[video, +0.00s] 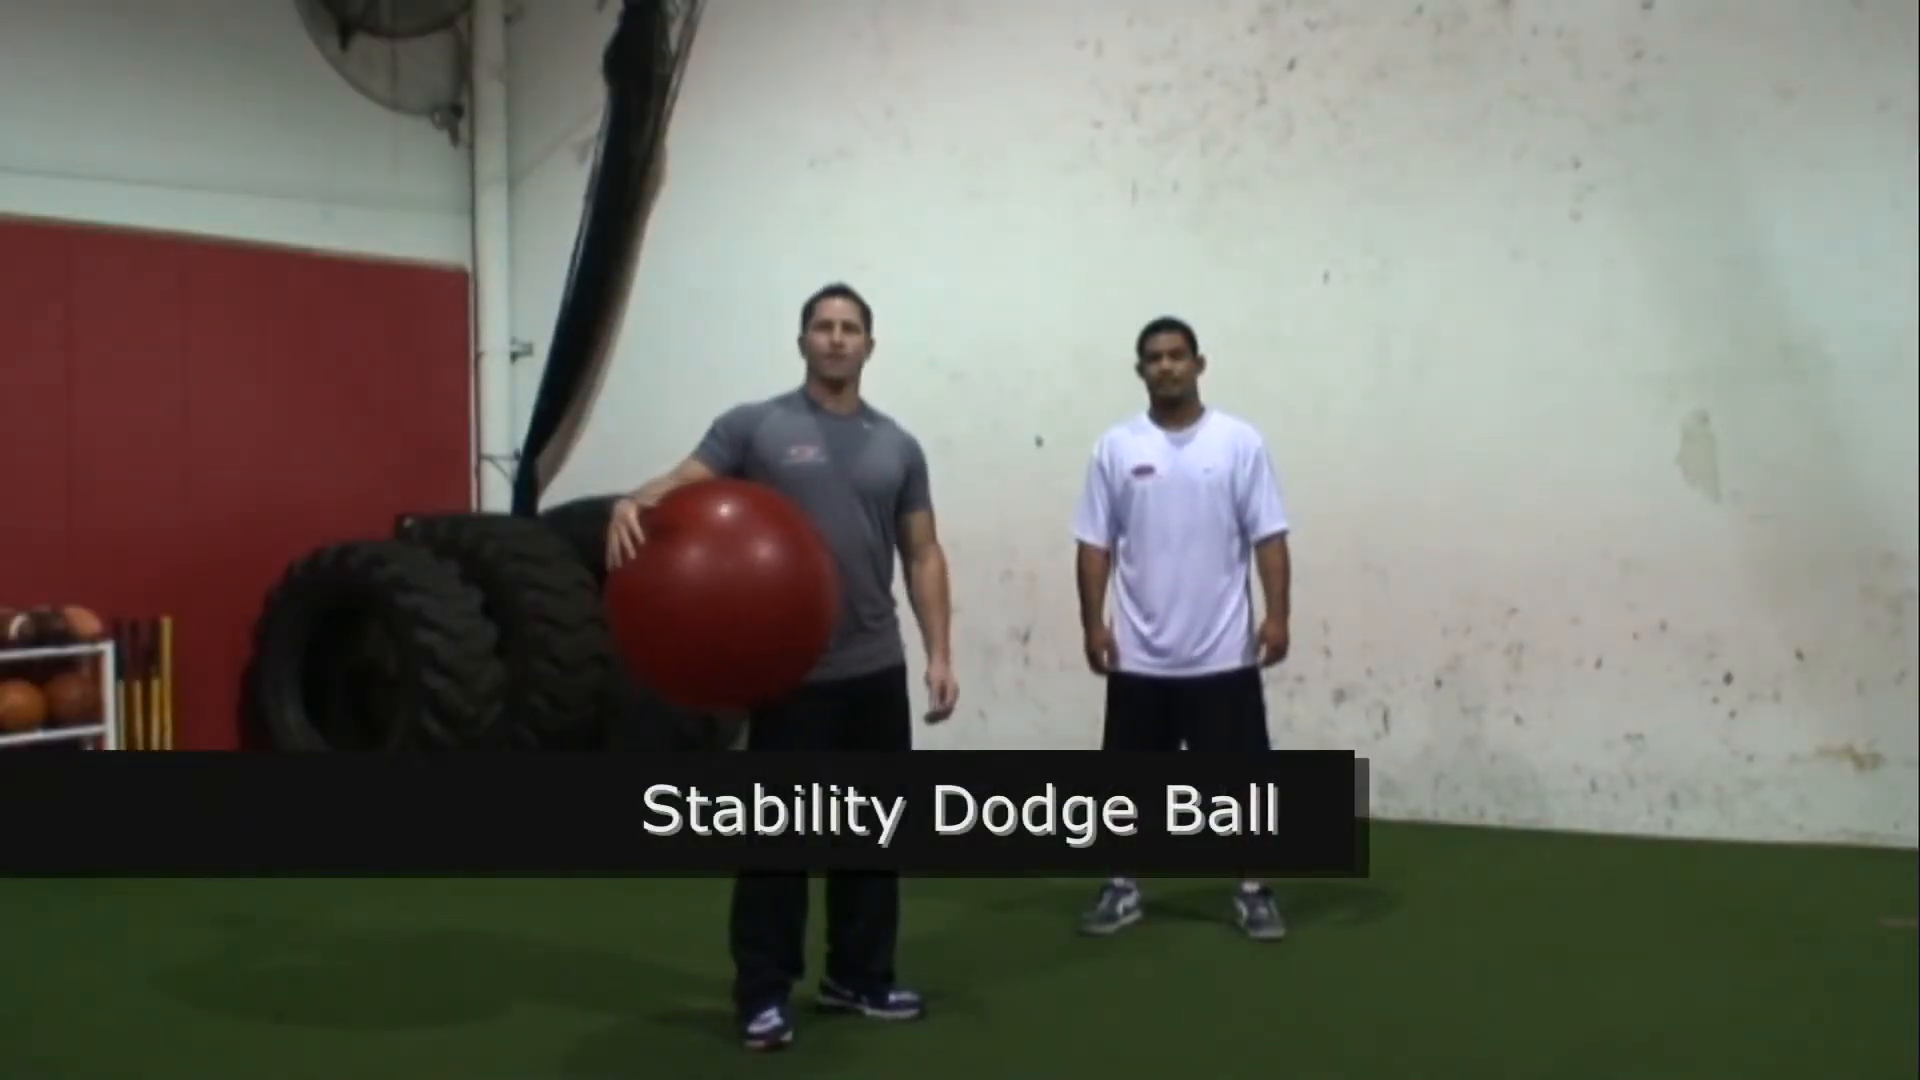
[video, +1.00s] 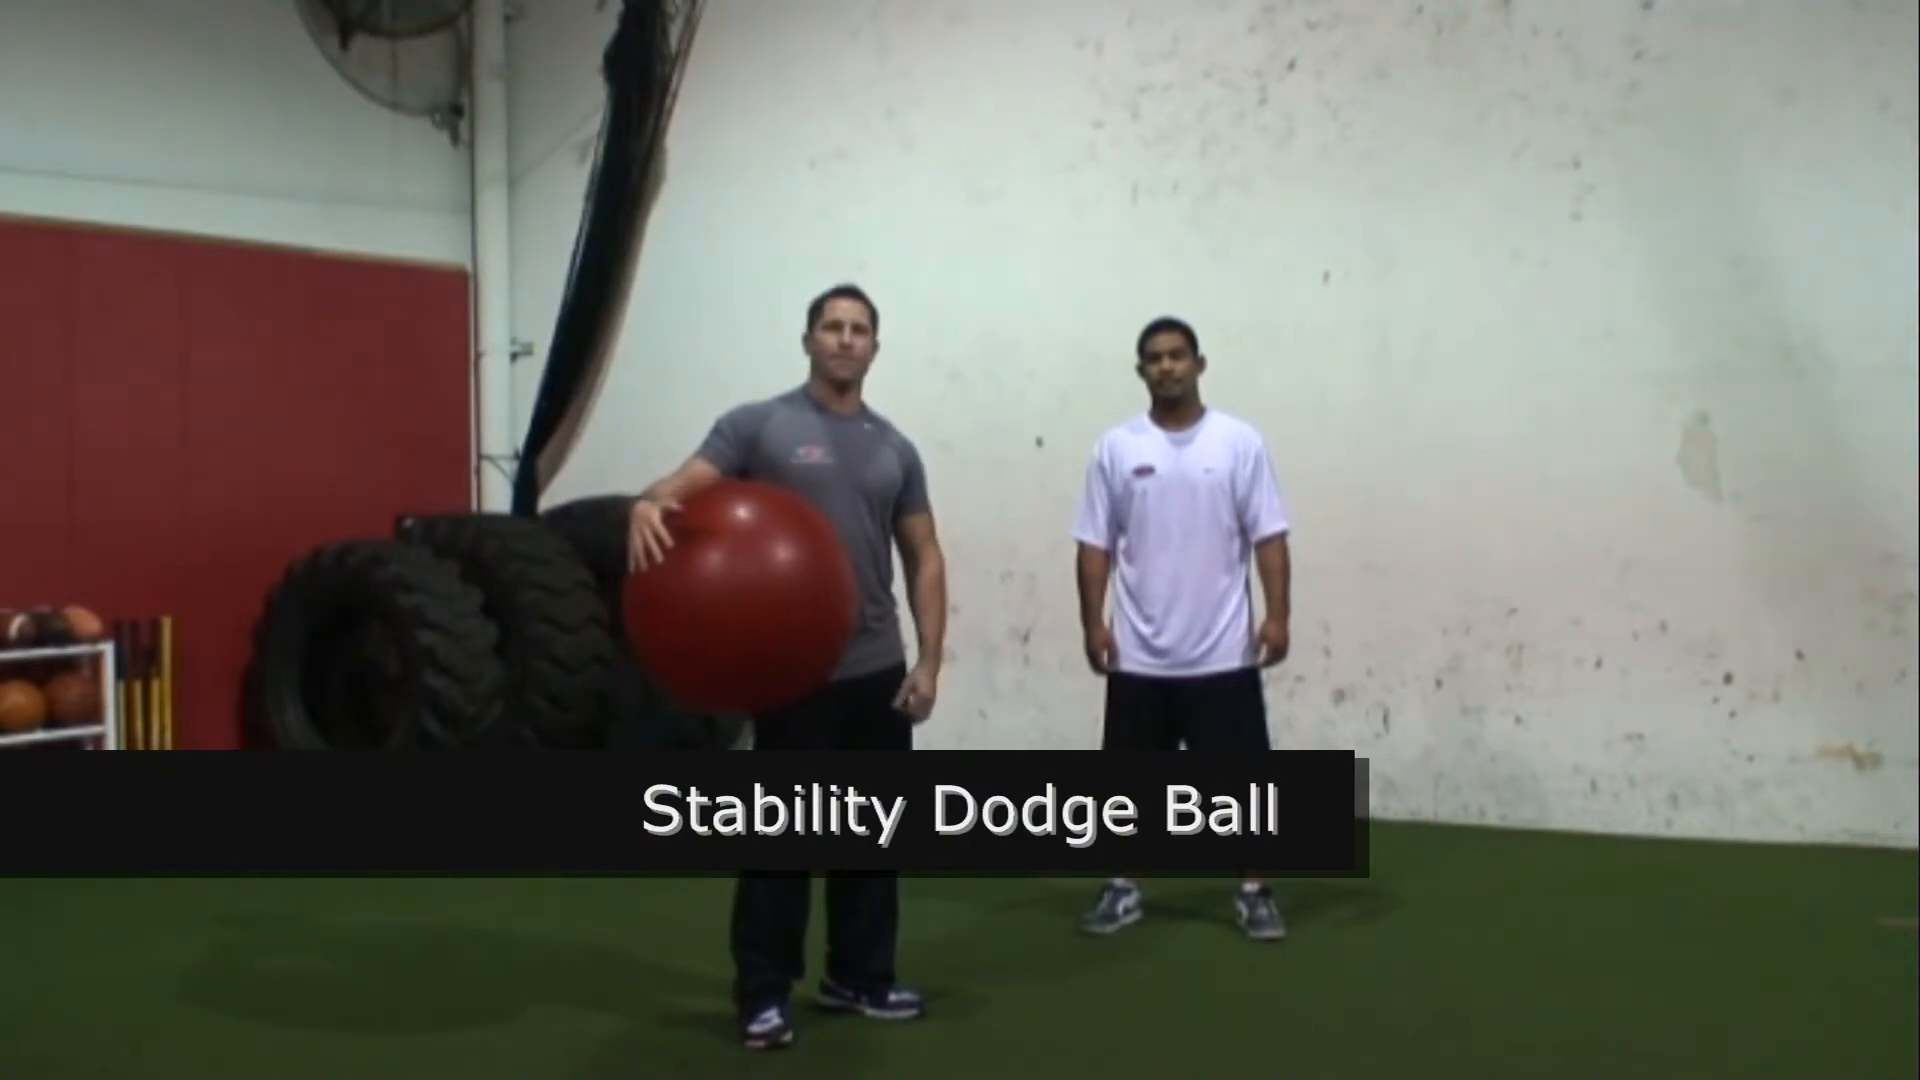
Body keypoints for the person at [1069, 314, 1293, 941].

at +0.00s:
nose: (1166, 366)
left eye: (1177, 356)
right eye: (1154, 358)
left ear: (1199, 364)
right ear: (1140, 371)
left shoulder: (1240, 442)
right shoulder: (1117, 447)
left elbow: (1269, 534)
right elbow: (1094, 540)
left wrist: (1277, 614)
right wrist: (1093, 622)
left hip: (1222, 647)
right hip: (1141, 648)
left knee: (1241, 777)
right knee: (1125, 778)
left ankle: (1252, 886)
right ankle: (1123, 883)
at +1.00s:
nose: (1166, 366)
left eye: (1177, 356)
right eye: (1155, 358)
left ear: (1199, 364)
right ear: (1141, 371)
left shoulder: (1240, 442)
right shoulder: (1117, 448)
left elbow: (1269, 534)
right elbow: (1094, 541)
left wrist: (1277, 613)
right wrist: (1093, 622)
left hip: (1222, 648)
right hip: (1140, 649)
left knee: (1242, 778)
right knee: (1124, 778)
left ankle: (1253, 887)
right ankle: (1123, 884)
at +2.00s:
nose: (1165, 367)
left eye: (1176, 356)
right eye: (1153, 359)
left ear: (1198, 364)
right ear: (1140, 372)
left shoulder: (1241, 442)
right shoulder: (1116, 447)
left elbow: (1270, 533)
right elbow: (1092, 540)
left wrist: (1278, 612)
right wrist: (1090, 621)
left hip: (1222, 646)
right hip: (1140, 647)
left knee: (1245, 779)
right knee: (1124, 780)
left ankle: (1254, 889)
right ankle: (1122, 885)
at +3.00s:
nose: (1163, 367)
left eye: (1174, 357)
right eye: (1152, 359)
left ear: (1198, 365)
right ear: (1139, 372)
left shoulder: (1239, 443)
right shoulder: (1116, 449)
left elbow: (1269, 535)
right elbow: (1093, 540)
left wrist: (1275, 616)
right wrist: (1091, 621)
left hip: (1221, 645)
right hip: (1139, 646)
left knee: (1242, 776)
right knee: (1123, 777)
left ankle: (1254, 889)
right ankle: (1122, 883)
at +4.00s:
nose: (1163, 368)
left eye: (1174, 357)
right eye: (1152, 360)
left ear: (1197, 365)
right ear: (1138, 372)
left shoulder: (1239, 443)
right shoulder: (1116, 449)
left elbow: (1268, 535)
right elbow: (1094, 541)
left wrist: (1274, 616)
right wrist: (1091, 622)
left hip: (1220, 645)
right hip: (1138, 646)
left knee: (1242, 776)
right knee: (1123, 777)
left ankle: (1254, 889)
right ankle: (1122, 883)